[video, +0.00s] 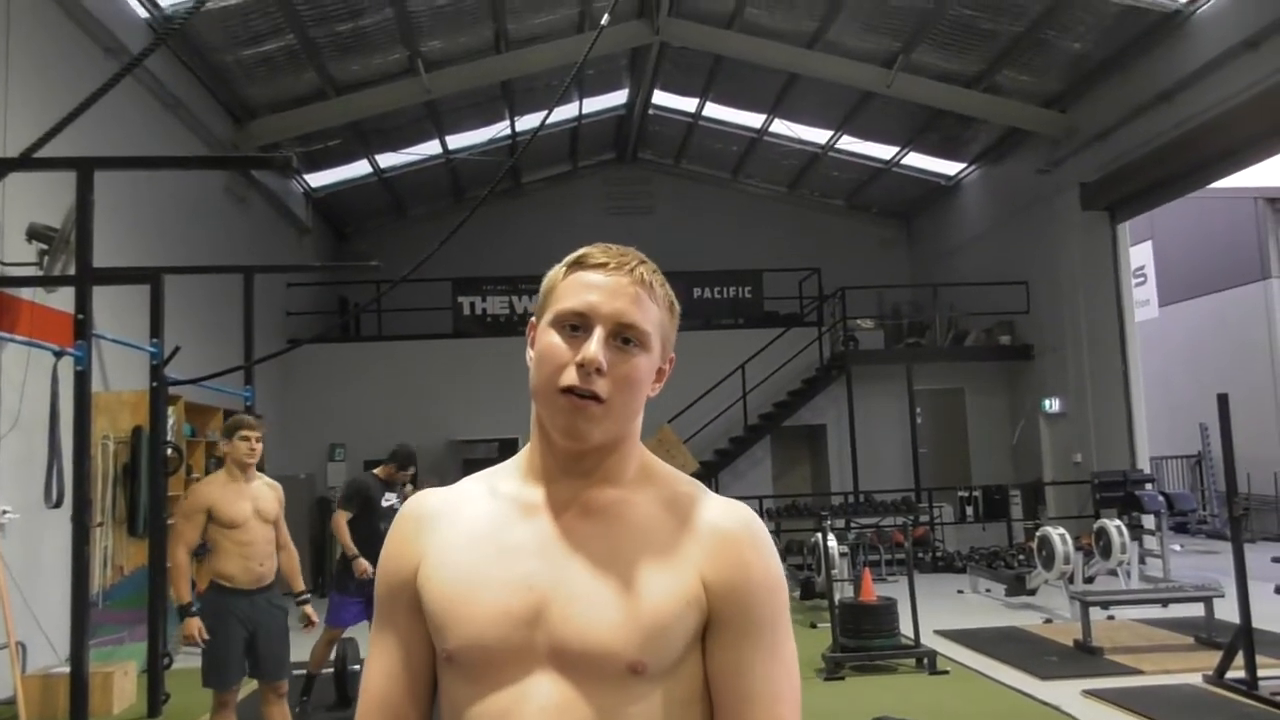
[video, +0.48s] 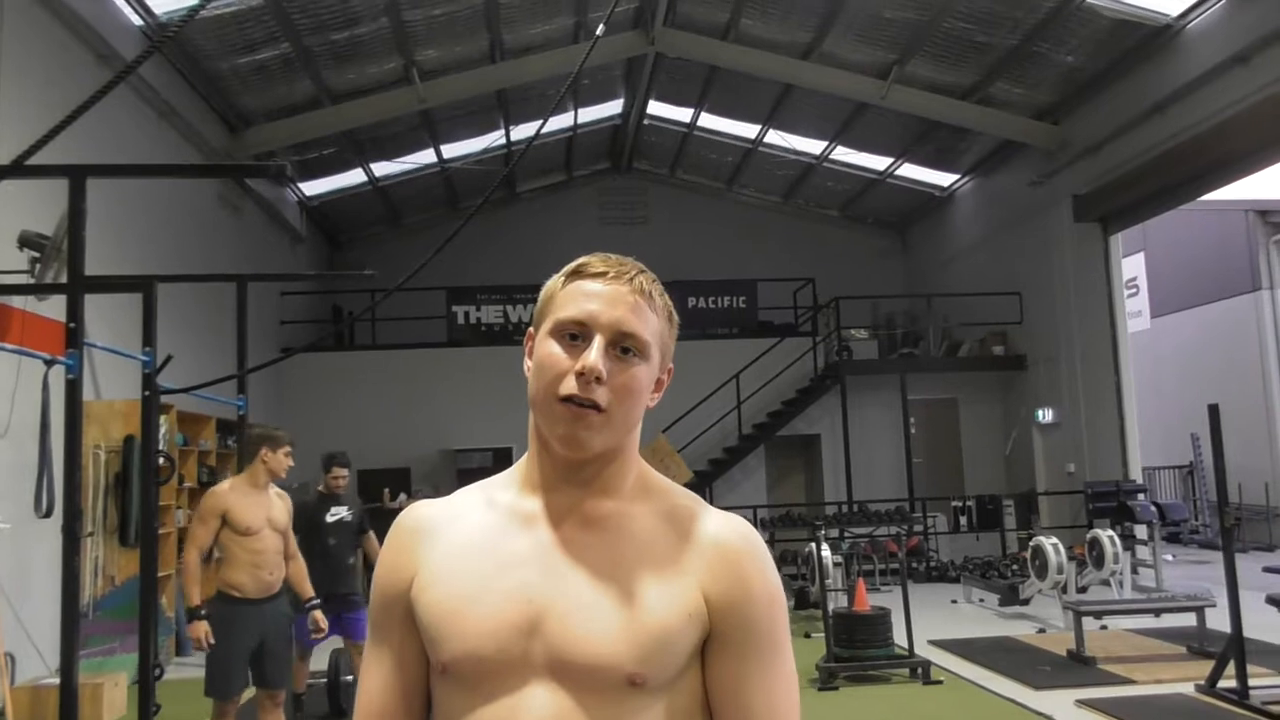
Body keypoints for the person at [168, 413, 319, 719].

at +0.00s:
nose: (253, 446)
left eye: (258, 441)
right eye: (245, 440)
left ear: (263, 446)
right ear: (225, 446)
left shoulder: (273, 489)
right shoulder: (204, 492)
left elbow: (285, 547)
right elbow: (179, 550)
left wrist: (303, 599)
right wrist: (187, 612)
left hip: (269, 601)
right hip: (224, 604)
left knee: (278, 690)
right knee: (226, 700)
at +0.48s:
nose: (291, 463)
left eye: (291, 456)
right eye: (286, 455)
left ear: (268, 456)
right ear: (265, 455)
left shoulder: (283, 499)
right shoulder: (220, 496)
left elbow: (292, 556)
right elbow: (192, 553)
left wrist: (313, 605)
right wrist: (195, 614)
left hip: (276, 609)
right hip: (232, 612)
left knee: (275, 699)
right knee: (228, 703)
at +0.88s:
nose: (312, 473)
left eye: (314, 467)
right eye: (307, 465)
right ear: (284, 463)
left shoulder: (303, 508)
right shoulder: (248, 501)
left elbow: (309, 568)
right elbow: (204, 549)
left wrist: (321, 621)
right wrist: (224, 604)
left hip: (297, 617)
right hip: (255, 620)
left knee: (282, 704)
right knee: (238, 708)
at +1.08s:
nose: (325, 478)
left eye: (327, 472)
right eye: (320, 469)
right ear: (297, 466)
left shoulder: (317, 513)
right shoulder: (262, 503)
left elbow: (321, 571)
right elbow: (218, 550)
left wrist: (330, 625)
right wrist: (236, 604)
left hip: (309, 619)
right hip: (268, 620)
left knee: (293, 704)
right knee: (264, 709)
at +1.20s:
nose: (334, 481)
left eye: (336, 475)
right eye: (329, 473)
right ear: (306, 469)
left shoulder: (324, 515)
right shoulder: (269, 505)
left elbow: (331, 574)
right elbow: (225, 547)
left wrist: (340, 628)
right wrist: (238, 602)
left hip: (316, 618)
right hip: (278, 620)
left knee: (303, 705)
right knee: (294, 708)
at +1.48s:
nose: (357, 489)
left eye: (360, 483)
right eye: (353, 480)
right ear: (330, 476)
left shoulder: (347, 520)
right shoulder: (295, 513)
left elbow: (354, 579)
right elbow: (254, 563)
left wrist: (361, 631)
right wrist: (265, 621)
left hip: (336, 625)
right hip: (304, 627)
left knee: (300, 707)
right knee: (337, 710)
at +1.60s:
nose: (370, 490)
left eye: (372, 484)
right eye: (365, 481)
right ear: (342, 478)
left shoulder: (359, 518)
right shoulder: (309, 517)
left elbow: (366, 571)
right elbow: (276, 571)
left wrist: (373, 618)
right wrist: (276, 634)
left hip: (351, 625)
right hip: (321, 628)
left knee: (321, 707)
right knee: (345, 709)